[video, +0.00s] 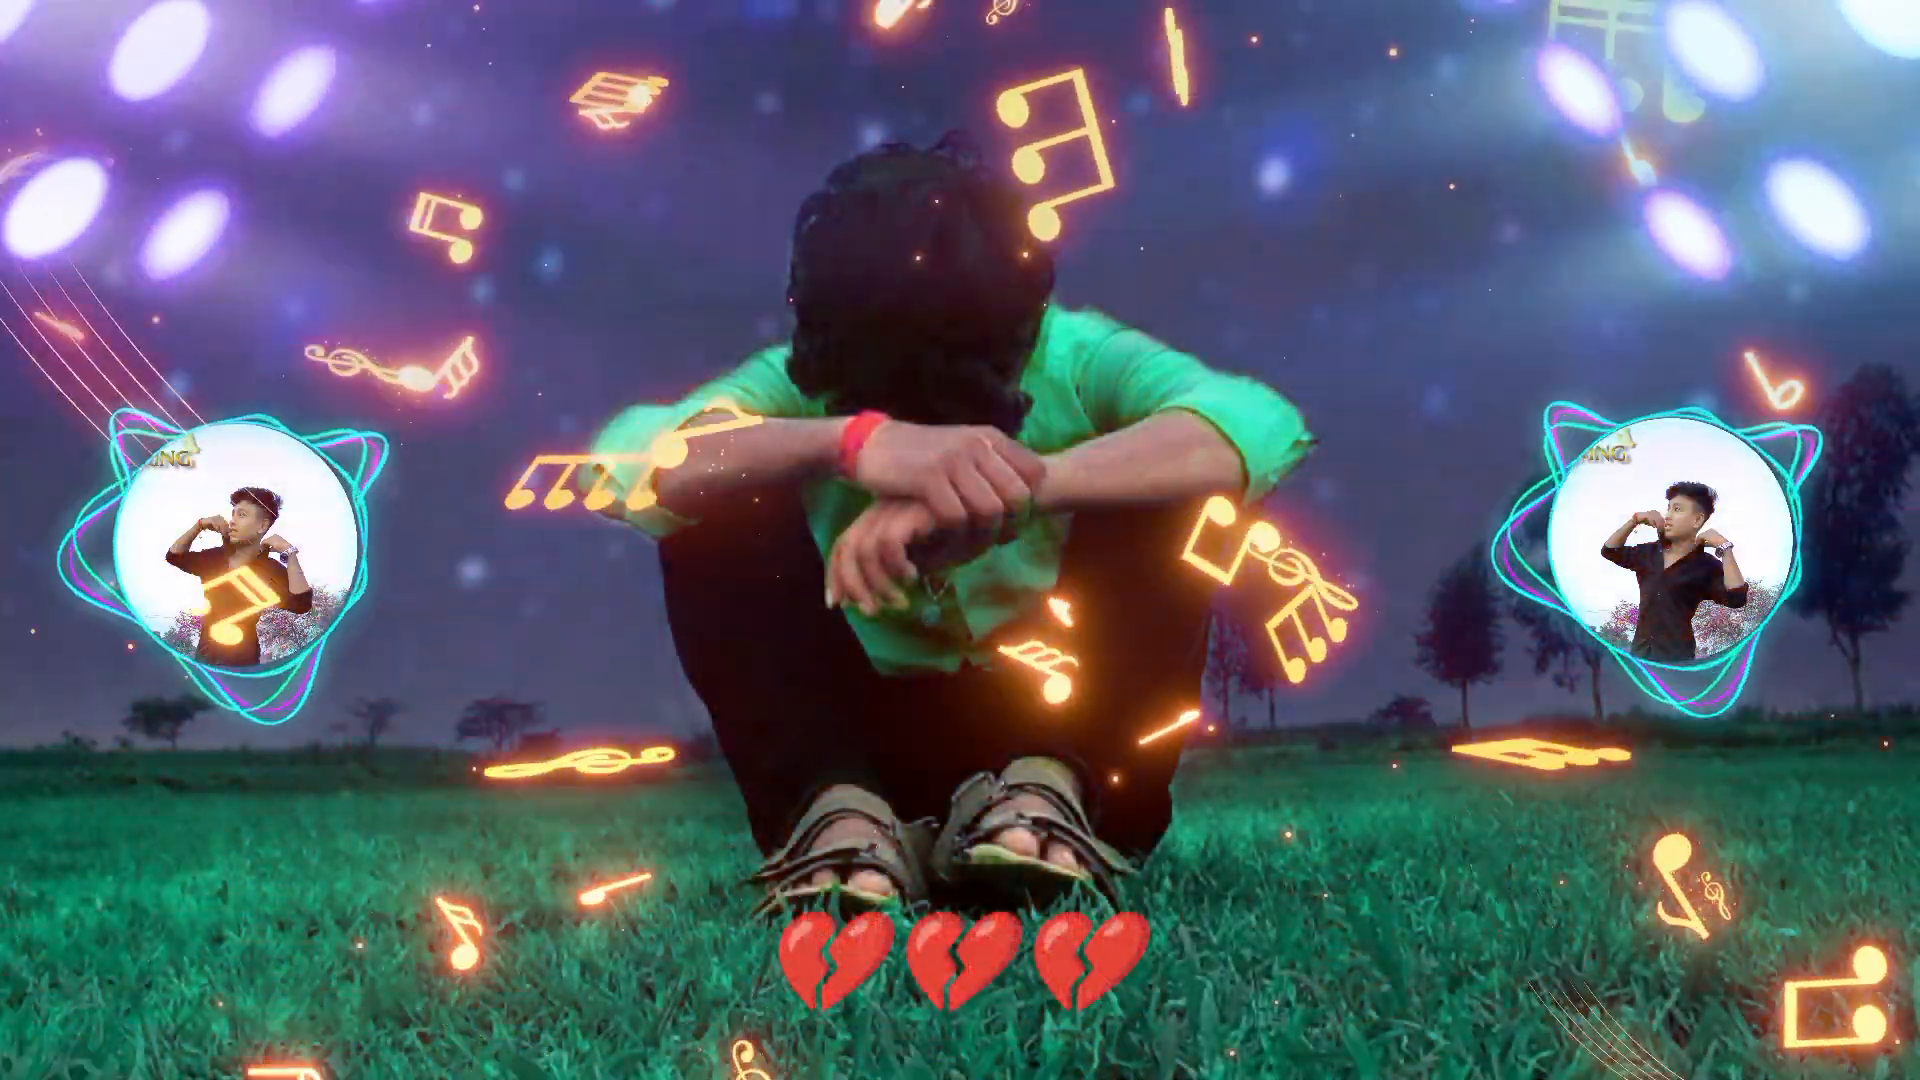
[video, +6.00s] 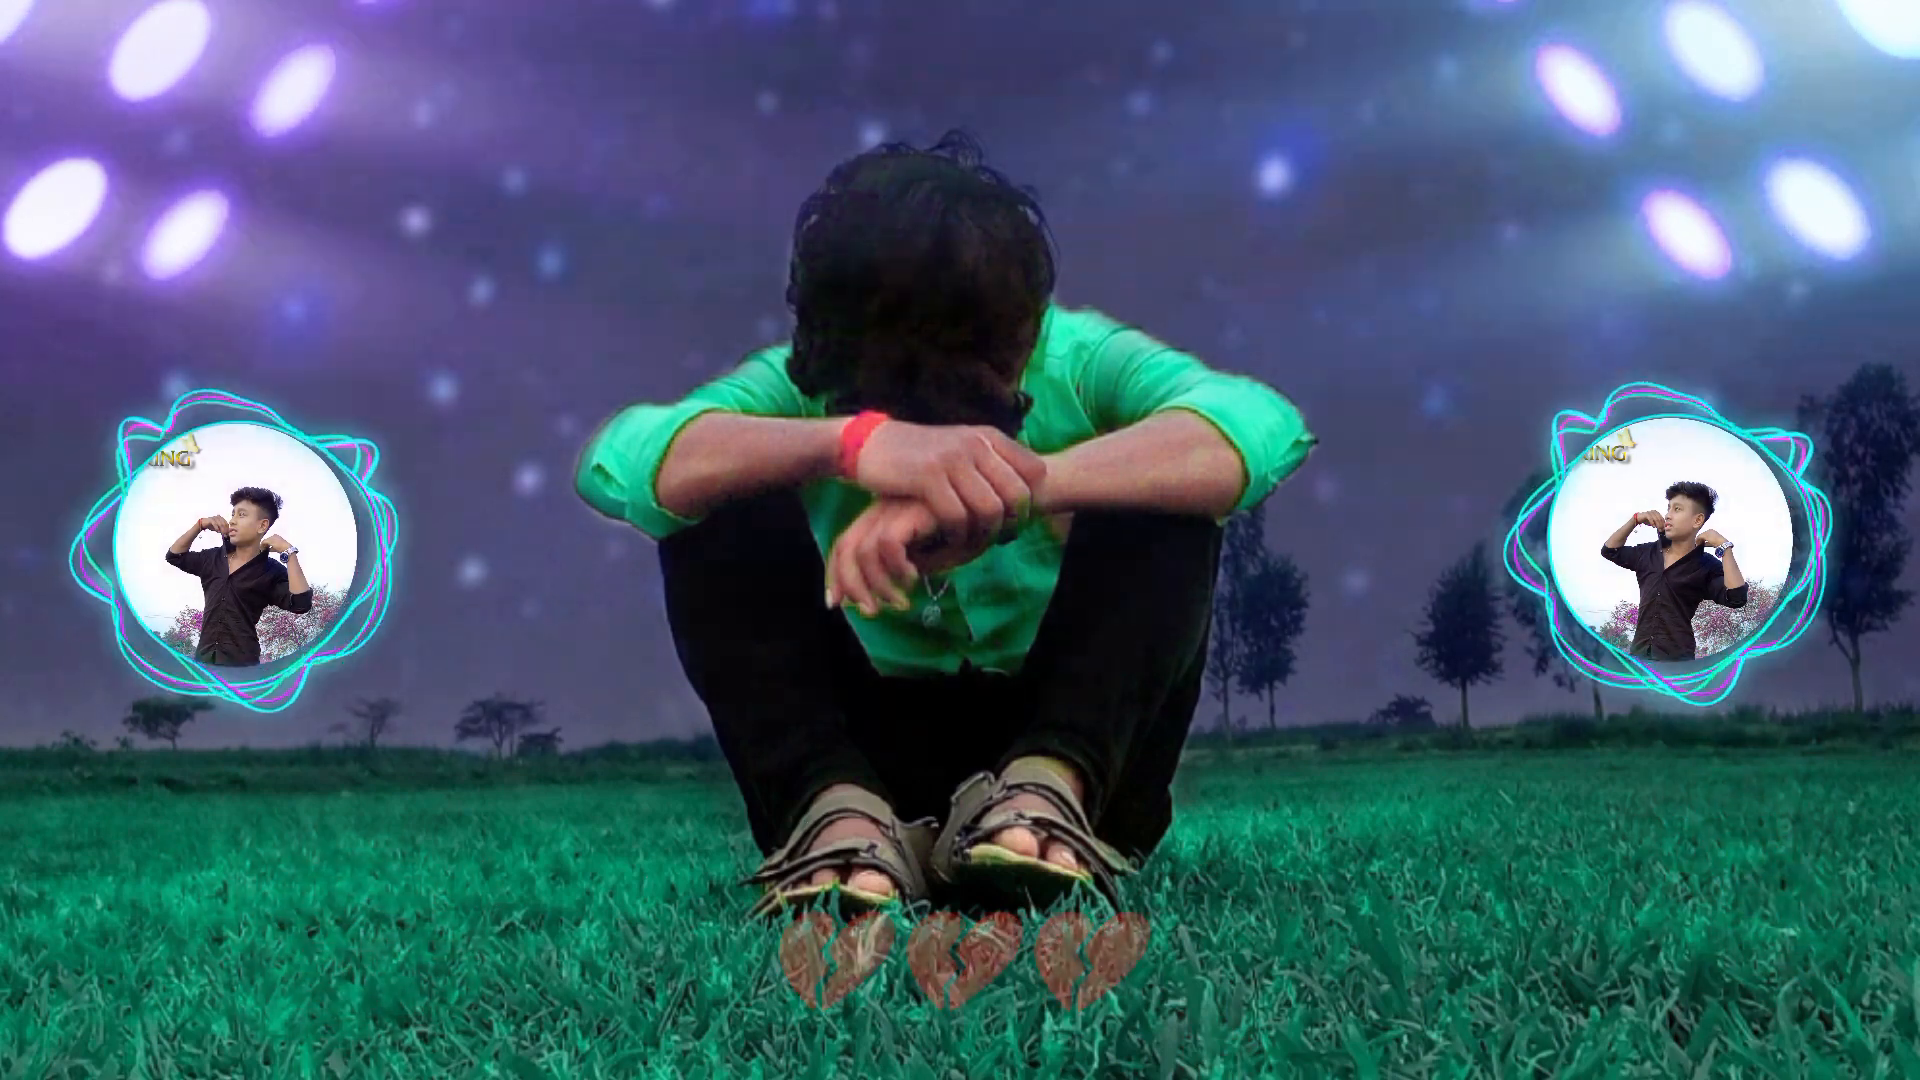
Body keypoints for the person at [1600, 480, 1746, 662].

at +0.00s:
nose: (1667, 515)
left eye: (1677, 509)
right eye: (1668, 509)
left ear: (1698, 519)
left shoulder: (1705, 565)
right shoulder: (1648, 553)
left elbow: (1737, 600)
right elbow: (1609, 551)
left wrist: (1725, 548)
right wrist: (1633, 522)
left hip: (1678, 659)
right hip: (1640, 654)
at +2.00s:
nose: (1668, 516)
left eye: (1677, 509)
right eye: (1669, 509)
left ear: (1698, 519)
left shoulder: (1705, 565)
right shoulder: (1648, 553)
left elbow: (1737, 600)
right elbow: (1609, 551)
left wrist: (1725, 548)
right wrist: (1634, 521)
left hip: (1677, 659)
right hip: (1639, 654)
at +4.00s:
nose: (1667, 515)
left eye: (1677, 509)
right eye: (1668, 509)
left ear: (1698, 520)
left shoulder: (1705, 564)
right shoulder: (1647, 553)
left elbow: (1737, 599)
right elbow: (1609, 551)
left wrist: (1725, 547)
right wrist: (1634, 520)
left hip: (1677, 660)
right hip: (1639, 655)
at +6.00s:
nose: (1667, 515)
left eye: (1677, 509)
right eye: (1668, 509)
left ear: (1698, 520)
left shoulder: (1705, 564)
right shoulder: (1647, 553)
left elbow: (1737, 599)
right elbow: (1609, 551)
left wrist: (1725, 547)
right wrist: (1634, 521)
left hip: (1677, 658)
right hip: (1639, 654)